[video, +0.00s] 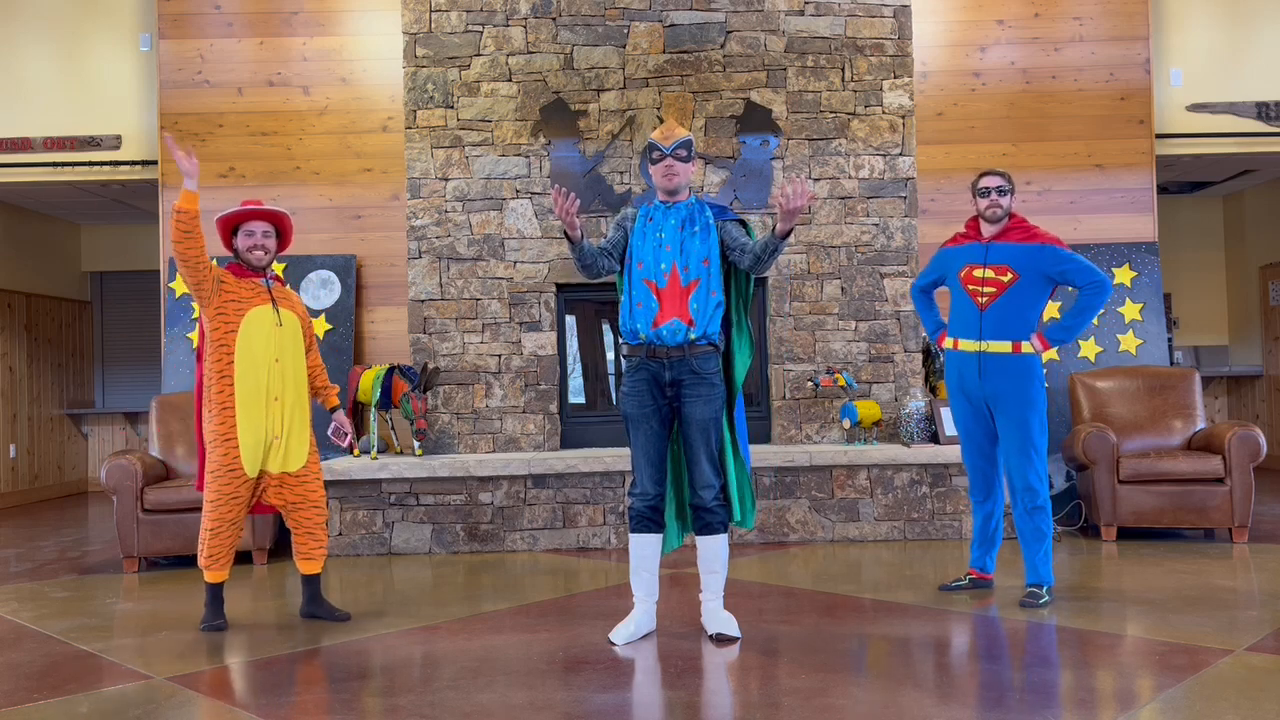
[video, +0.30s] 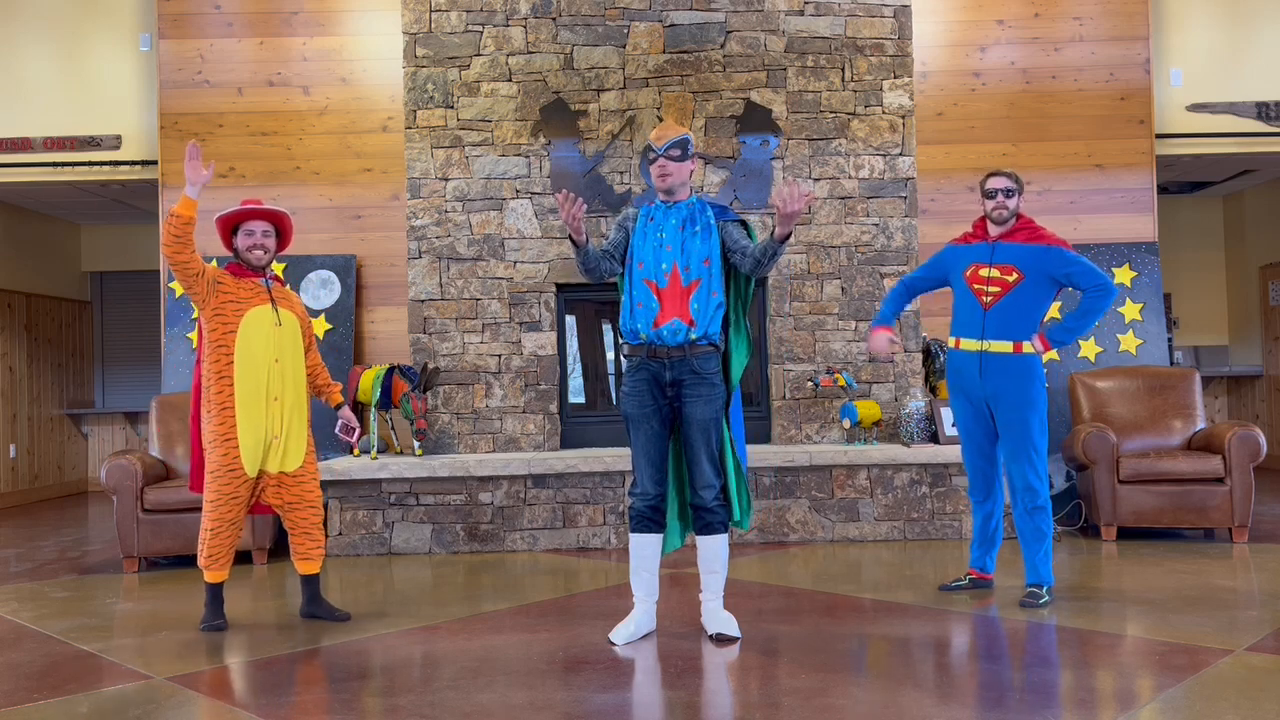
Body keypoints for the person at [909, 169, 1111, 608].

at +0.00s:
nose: (993, 198)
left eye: (1001, 192)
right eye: (985, 192)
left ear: (1013, 200)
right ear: (974, 202)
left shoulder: (1038, 249)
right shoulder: (951, 252)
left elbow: (1098, 285)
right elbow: (920, 289)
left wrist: (1054, 335)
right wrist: (938, 332)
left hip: (1017, 374)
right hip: (963, 374)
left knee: (1027, 480)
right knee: (981, 479)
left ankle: (1039, 581)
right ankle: (981, 572)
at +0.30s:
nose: (1000, 201)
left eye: (1008, 193)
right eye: (992, 194)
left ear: (1020, 200)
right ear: (981, 202)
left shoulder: (1045, 250)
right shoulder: (958, 252)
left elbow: (1102, 290)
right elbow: (907, 286)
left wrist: (1054, 336)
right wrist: (882, 322)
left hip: (1017, 376)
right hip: (965, 377)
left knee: (1028, 481)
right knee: (981, 480)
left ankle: (1038, 581)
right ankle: (981, 571)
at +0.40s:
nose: (997, 202)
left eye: (1005, 194)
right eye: (989, 196)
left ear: (1019, 200)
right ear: (979, 204)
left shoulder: (1044, 250)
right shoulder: (959, 250)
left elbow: (1102, 287)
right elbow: (912, 269)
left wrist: (1055, 337)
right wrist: (870, 278)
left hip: (1019, 375)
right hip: (966, 375)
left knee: (1028, 480)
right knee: (981, 479)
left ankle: (1039, 581)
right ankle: (981, 571)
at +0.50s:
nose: (992, 203)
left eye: (1000, 195)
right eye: (984, 197)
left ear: (1014, 199)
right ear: (975, 205)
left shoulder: (1041, 247)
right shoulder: (955, 250)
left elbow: (1101, 284)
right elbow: (904, 256)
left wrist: (1054, 336)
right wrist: (875, 236)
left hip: (1019, 376)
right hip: (968, 376)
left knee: (1028, 481)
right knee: (981, 479)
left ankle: (1039, 580)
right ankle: (981, 572)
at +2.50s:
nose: (1004, 203)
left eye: (1010, 195)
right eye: (994, 198)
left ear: (1023, 197)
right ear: (984, 205)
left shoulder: (1056, 248)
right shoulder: (964, 247)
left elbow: (1116, 283)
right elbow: (908, 238)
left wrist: (1067, 336)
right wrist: (913, 195)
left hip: (1033, 371)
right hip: (977, 371)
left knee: (1037, 478)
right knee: (981, 476)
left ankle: (1040, 581)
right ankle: (981, 572)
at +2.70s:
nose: (1007, 202)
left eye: (1014, 193)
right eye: (997, 196)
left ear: (1027, 195)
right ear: (987, 203)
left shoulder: (1059, 246)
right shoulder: (970, 245)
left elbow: (1120, 285)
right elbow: (918, 257)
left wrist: (1072, 336)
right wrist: (908, 240)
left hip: (1035, 375)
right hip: (979, 375)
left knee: (1038, 480)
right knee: (983, 479)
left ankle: (1040, 581)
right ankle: (981, 572)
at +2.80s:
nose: (1010, 200)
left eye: (1017, 192)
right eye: (1000, 195)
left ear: (1031, 196)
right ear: (990, 202)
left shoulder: (1062, 246)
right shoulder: (976, 245)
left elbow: (1122, 285)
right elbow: (927, 269)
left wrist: (1072, 336)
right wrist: (916, 283)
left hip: (1036, 375)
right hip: (980, 374)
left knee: (1038, 482)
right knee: (983, 478)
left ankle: (1040, 581)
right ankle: (981, 572)